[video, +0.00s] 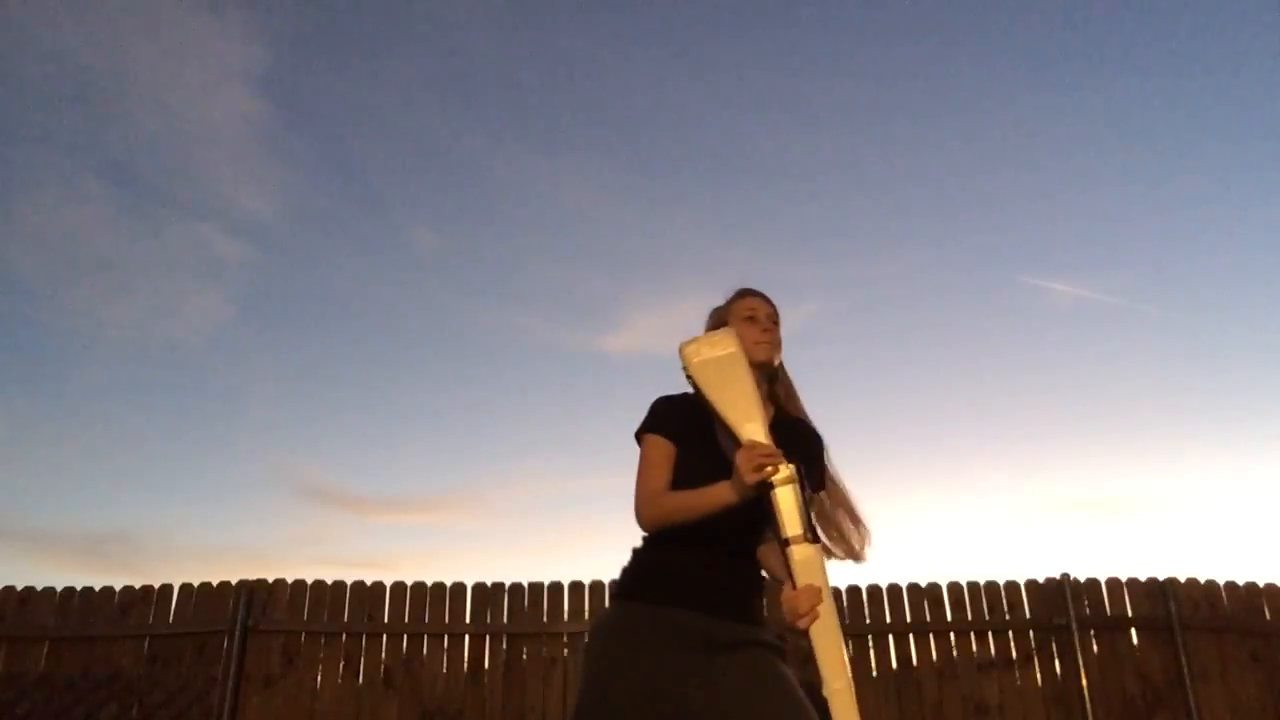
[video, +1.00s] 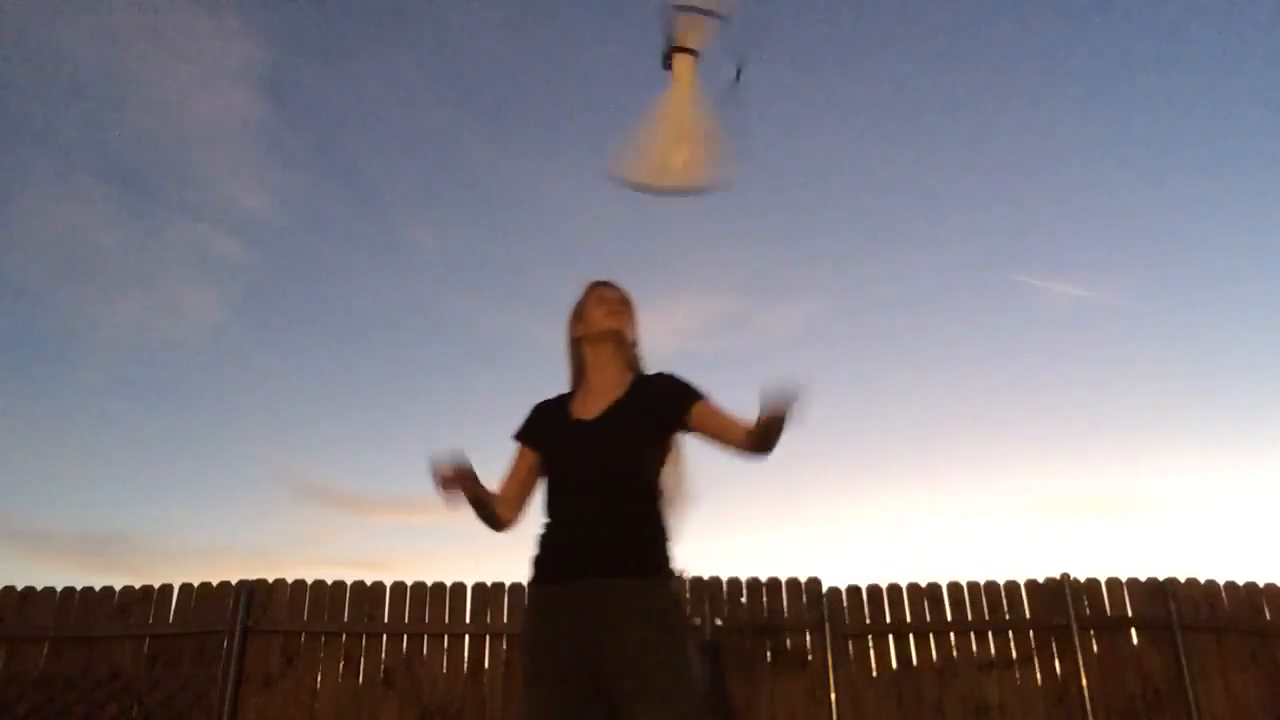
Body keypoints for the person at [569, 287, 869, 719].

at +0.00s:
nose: (766, 327)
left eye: (772, 321)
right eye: (749, 319)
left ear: (780, 340)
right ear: (718, 335)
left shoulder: (798, 438)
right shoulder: (674, 413)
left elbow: (770, 534)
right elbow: (650, 511)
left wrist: (789, 586)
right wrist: (734, 487)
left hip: (738, 631)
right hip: (647, 620)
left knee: (795, 713)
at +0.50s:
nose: (741, 310)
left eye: (747, 307)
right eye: (727, 300)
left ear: (754, 331)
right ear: (696, 323)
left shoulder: (780, 415)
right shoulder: (657, 406)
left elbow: (800, 513)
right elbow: (638, 508)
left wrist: (830, 559)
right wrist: (704, 500)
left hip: (742, 613)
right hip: (652, 610)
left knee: (789, 710)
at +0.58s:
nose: (710, 296)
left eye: (718, 291)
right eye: (698, 288)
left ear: (729, 313)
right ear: (672, 310)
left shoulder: (766, 397)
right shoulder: (638, 394)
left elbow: (806, 477)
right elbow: (609, 498)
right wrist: (657, 519)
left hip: (733, 592)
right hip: (643, 596)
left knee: (770, 708)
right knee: (621, 708)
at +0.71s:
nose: (686, 293)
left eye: (691, 291)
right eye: (671, 286)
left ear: (697, 313)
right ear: (639, 308)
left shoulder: (725, 378)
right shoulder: (606, 399)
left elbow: (820, 399)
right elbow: (570, 505)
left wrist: (845, 329)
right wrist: (594, 569)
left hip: (713, 586)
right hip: (629, 590)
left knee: (737, 708)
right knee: (618, 710)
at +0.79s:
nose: (666, 296)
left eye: (672, 291)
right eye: (649, 288)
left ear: (680, 314)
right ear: (620, 313)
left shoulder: (707, 381)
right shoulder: (591, 405)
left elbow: (802, 376)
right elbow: (556, 501)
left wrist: (807, 284)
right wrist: (548, 555)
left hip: (695, 590)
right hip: (610, 593)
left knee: (717, 706)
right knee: (600, 708)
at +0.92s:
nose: (632, 306)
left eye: (641, 303)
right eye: (619, 300)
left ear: (652, 327)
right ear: (594, 323)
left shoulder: (677, 387)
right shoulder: (566, 413)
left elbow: (776, 410)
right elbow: (527, 515)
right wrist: (496, 519)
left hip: (663, 591)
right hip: (580, 596)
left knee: (684, 706)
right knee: (576, 707)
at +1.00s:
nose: (610, 307)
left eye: (620, 305)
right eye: (598, 304)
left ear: (634, 330)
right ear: (576, 329)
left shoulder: (660, 394)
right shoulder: (549, 416)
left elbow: (754, 441)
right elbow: (502, 514)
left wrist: (773, 419)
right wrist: (471, 486)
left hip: (639, 592)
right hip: (559, 596)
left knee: (655, 706)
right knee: (556, 708)